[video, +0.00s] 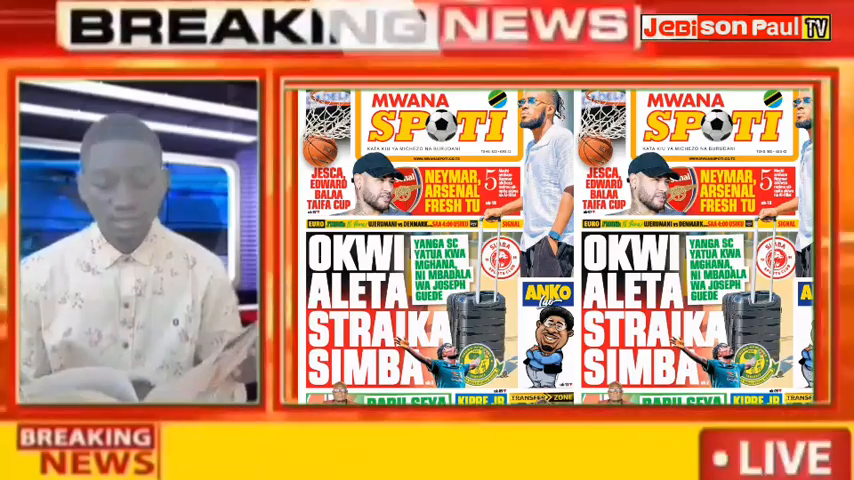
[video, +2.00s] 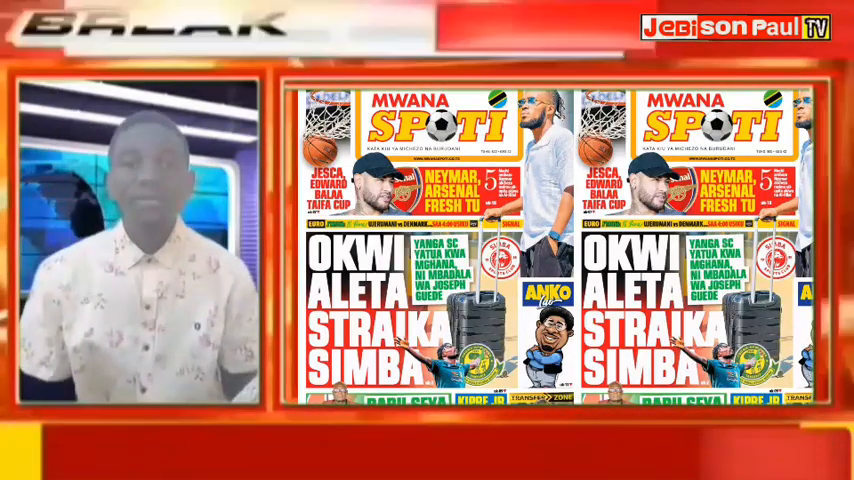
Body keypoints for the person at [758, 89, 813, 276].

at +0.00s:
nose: (799, 108)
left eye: (806, 101)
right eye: (797, 103)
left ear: (820, 107)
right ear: (794, 109)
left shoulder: (826, 148)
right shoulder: (806, 149)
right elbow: (805, 197)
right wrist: (776, 211)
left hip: (819, 240)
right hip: (803, 239)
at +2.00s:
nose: (799, 107)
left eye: (807, 101)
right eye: (797, 102)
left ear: (821, 107)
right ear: (794, 109)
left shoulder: (826, 149)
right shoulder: (806, 149)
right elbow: (805, 196)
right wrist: (777, 210)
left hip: (819, 240)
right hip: (804, 239)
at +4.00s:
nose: (799, 107)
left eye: (806, 101)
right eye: (797, 103)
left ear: (820, 107)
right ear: (794, 109)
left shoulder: (827, 148)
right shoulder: (806, 149)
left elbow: (833, 192)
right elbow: (805, 196)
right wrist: (777, 211)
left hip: (820, 239)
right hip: (804, 239)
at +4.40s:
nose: (800, 107)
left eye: (806, 101)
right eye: (797, 103)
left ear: (820, 107)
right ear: (794, 110)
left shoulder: (827, 148)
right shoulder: (806, 149)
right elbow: (804, 196)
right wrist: (777, 211)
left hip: (820, 239)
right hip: (804, 239)